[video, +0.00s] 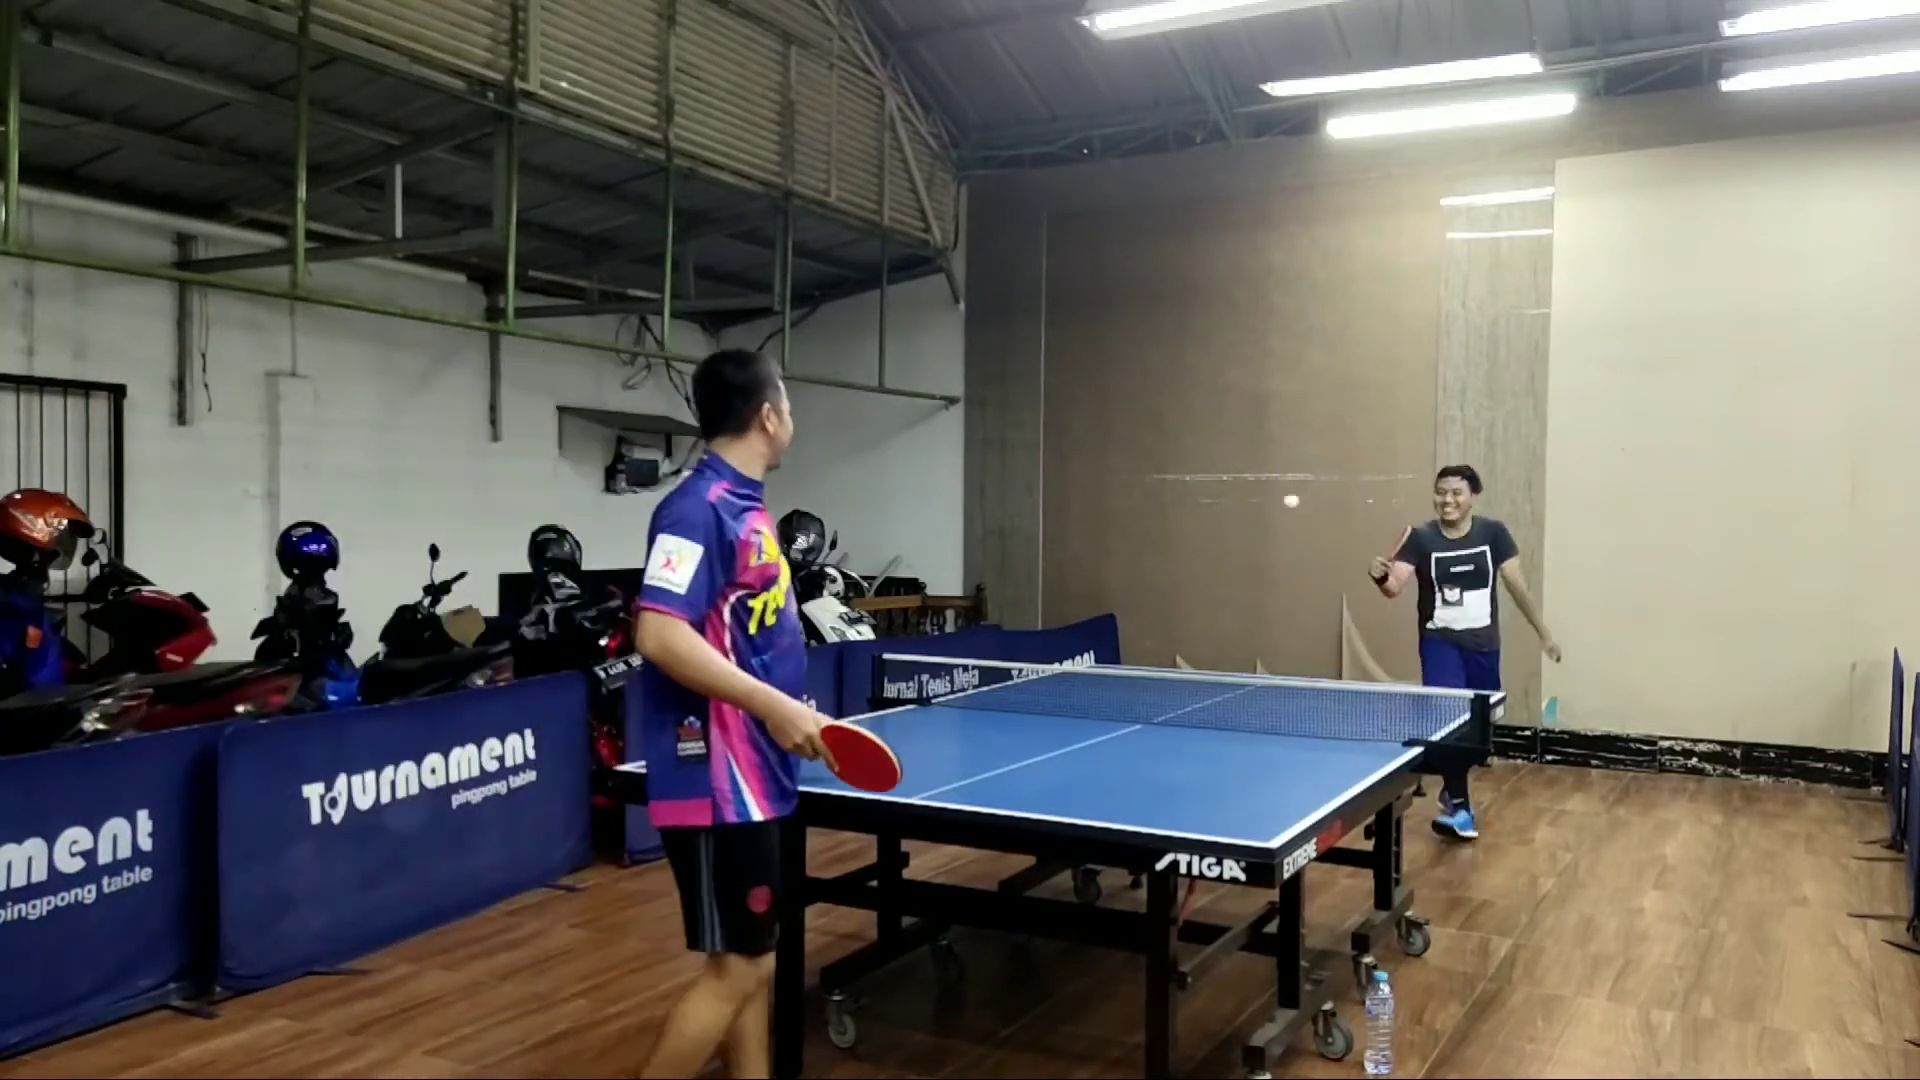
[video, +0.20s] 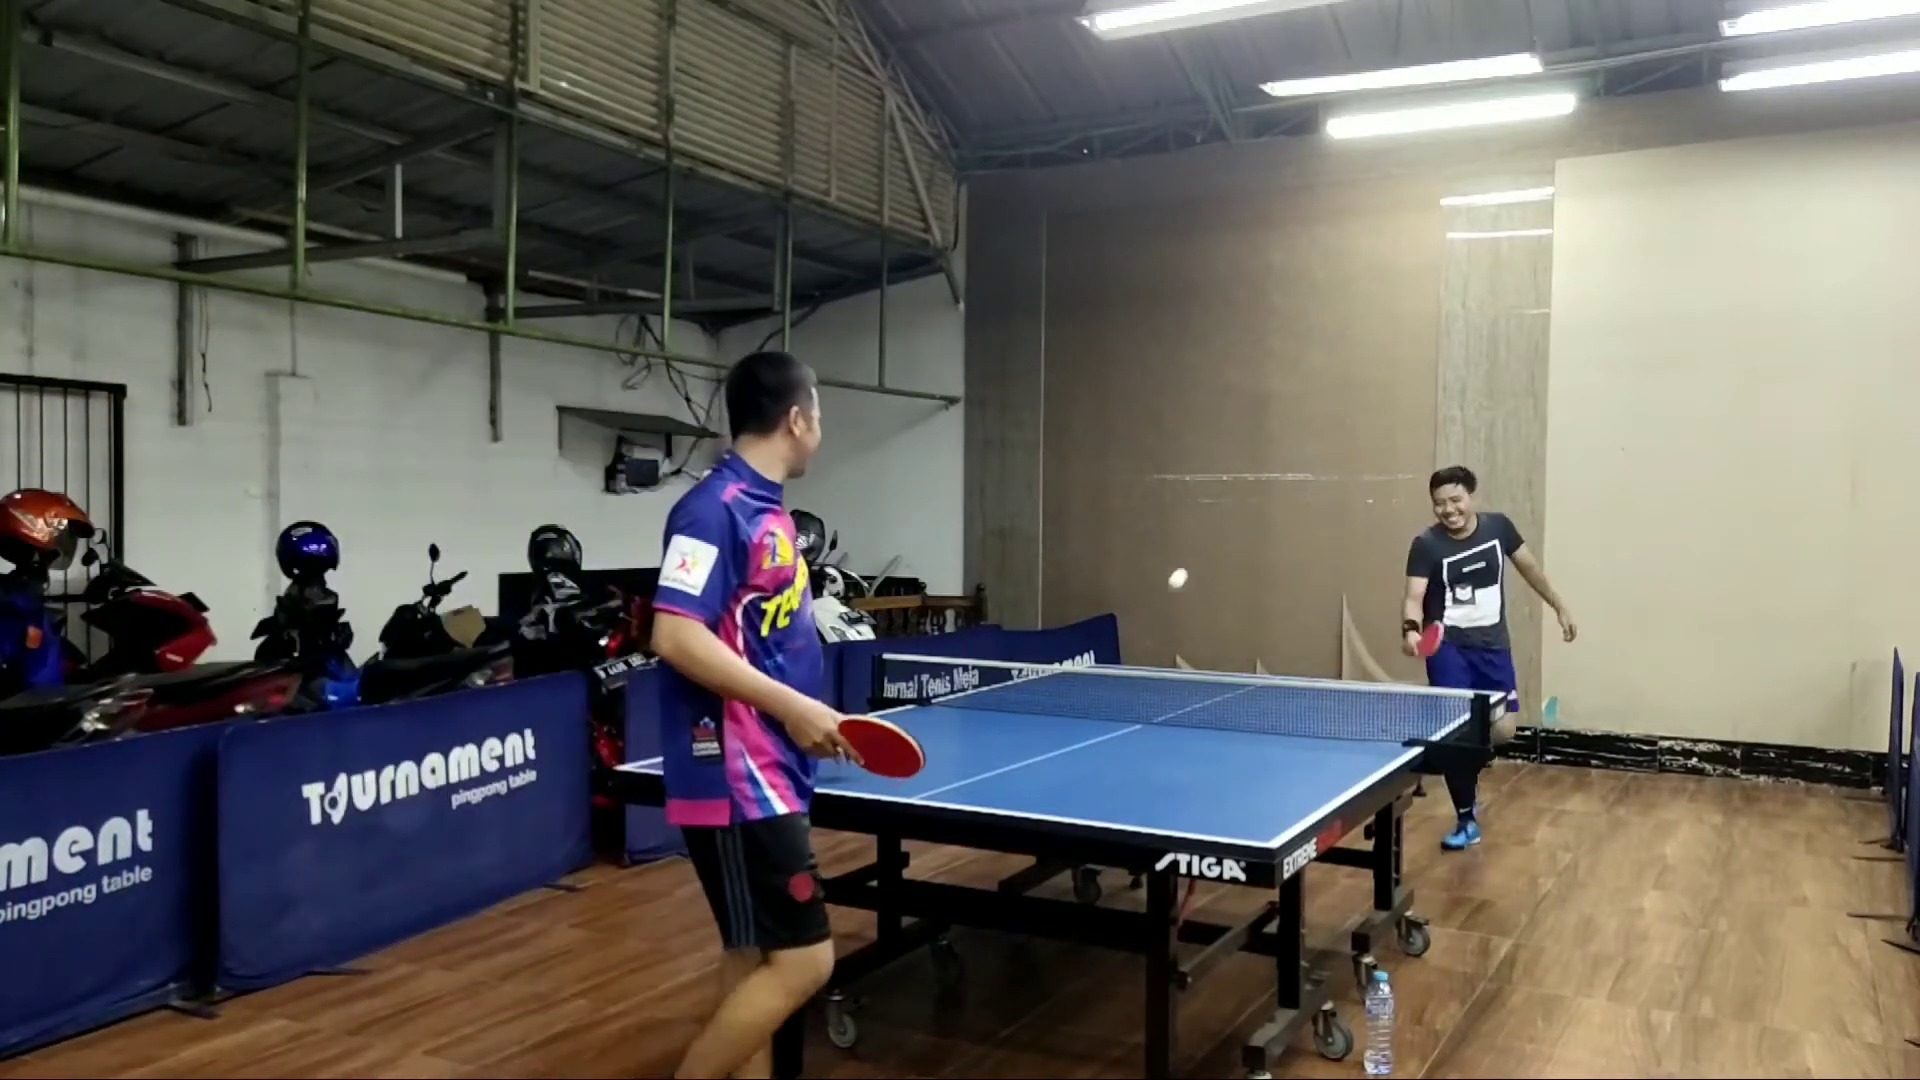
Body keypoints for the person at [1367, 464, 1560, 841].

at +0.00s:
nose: (1449, 500)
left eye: (1457, 493)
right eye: (1442, 492)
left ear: (1473, 498)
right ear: (1434, 496)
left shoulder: (1492, 533)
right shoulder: (1421, 538)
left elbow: (1517, 586)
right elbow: (1393, 589)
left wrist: (1545, 636)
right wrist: (1382, 576)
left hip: (1482, 645)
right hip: (1440, 644)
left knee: (1477, 724)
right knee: (1450, 719)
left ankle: (1450, 795)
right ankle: (1458, 805)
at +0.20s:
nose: (1448, 509)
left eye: (1455, 500)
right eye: (1440, 502)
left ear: (1470, 497)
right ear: (1433, 505)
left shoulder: (1498, 528)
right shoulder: (1427, 545)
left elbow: (1530, 569)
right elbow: (1414, 597)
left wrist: (1561, 608)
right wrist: (1411, 628)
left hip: (1493, 647)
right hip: (1447, 649)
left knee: (1501, 730)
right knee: (1454, 731)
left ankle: (1465, 786)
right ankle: (1465, 821)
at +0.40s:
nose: (1464, 499)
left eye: (1472, 490)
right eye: (1456, 491)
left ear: (1489, 490)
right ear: (1448, 492)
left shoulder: (1507, 522)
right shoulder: (1433, 538)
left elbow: (1524, 576)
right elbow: (1430, 598)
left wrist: (1541, 631)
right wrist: (1439, 651)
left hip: (1501, 638)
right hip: (1453, 643)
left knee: (1515, 718)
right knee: (1454, 729)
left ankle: (1499, 810)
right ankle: (1465, 819)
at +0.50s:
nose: (1471, 495)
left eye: (1479, 487)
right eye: (1464, 488)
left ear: (1495, 488)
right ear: (1455, 491)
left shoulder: (1513, 525)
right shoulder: (1438, 535)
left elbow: (1527, 584)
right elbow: (1430, 597)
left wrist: (1530, 643)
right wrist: (1429, 654)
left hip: (1505, 645)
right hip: (1454, 646)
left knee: (1509, 732)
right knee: (1455, 732)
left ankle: (1520, 830)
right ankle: (1466, 821)